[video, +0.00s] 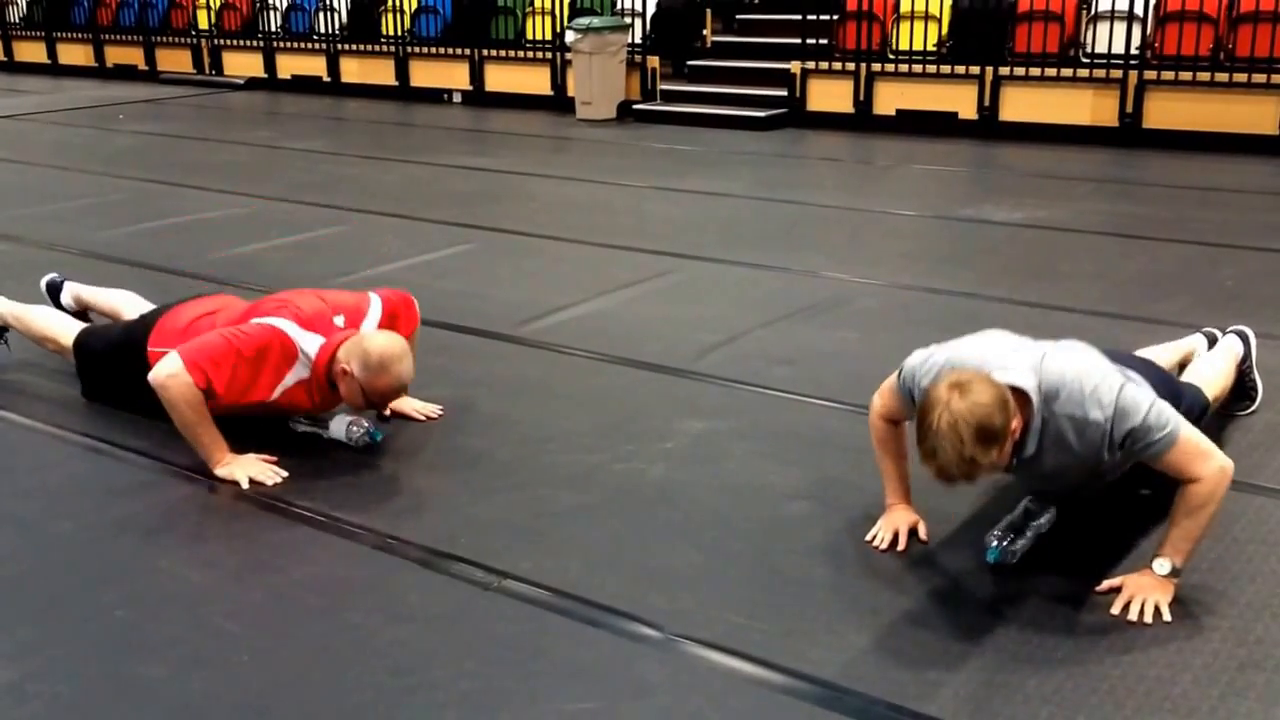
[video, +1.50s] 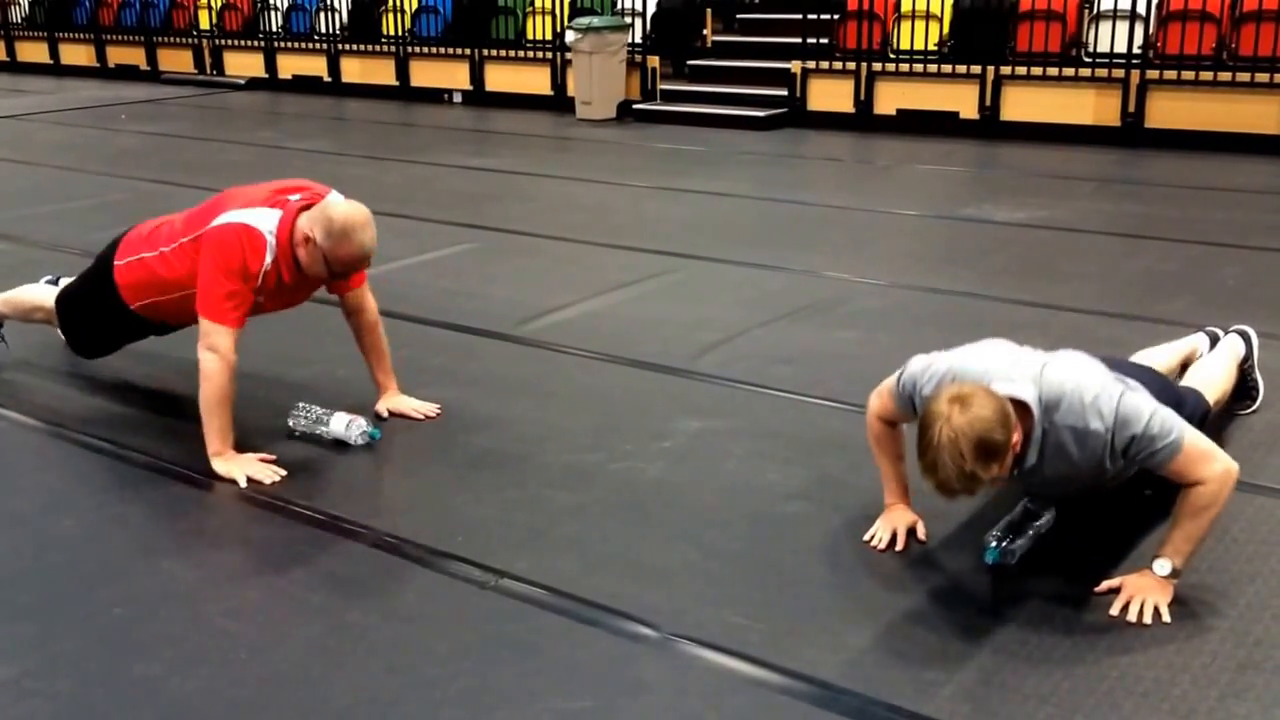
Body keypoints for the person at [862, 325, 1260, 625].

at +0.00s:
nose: (985, 479)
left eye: (990, 469)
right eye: (969, 474)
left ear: (1014, 427)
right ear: (939, 427)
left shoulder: (1103, 403)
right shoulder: (933, 371)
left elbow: (1212, 471)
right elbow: (884, 411)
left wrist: (1162, 571)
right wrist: (897, 503)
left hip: (1136, 396)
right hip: (1086, 371)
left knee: (1195, 395)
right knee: (1136, 366)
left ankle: (1233, 346)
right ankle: (1200, 341)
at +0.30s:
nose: (984, 397)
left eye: (995, 385)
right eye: (970, 387)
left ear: (1028, 344)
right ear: (950, 356)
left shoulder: (1115, 343)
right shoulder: (937, 323)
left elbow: (1179, 457)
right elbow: (904, 408)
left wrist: (1162, 570)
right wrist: (899, 503)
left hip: (1148, 373)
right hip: (1066, 399)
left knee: (1199, 378)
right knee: (1117, 425)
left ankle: (1238, 348)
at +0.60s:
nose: (970, 524)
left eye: (977, 517)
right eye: (957, 518)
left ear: (1010, 476)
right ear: (936, 464)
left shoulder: (1096, 432)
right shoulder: (948, 395)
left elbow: (1222, 475)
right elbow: (883, 407)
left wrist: (1165, 571)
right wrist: (898, 502)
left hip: (1134, 412)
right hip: (1065, 388)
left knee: (1194, 405)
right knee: (1131, 385)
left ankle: (1235, 346)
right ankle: (1198, 342)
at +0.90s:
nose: (993, 418)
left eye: (1000, 406)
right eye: (978, 412)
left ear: (1028, 365)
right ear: (952, 364)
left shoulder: (1118, 351)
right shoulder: (938, 329)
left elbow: (1189, 459)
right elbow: (901, 407)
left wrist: (1163, 570)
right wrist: (898, 502)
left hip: (1146, 373)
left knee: (1200, 383)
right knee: (1170, 368)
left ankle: (1239, 349)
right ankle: (1210, 344)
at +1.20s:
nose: (987, 450)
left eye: (993, 441)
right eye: (974, 444)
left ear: (1022, 403)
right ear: (946, 403)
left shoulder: (1107, 389)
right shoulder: (936, 360)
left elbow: (1213, 467)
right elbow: (887, 408)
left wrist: (1163, 570)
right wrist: (897, 503)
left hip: (1141, 388)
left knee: (1200, 390)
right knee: (1148, 364)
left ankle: (1236, 346)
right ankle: (1202, 340)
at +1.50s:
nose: (988, 488)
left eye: (991, 478)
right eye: (969, 485)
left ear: (1013, 438)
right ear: (935, 431)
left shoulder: (1105, 413)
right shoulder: (939, 376)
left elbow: (1217, 473)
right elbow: (880, 409)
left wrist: (1162, 572)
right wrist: (896, 502)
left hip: (1142, 405)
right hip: (1088, 379)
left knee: (1194, 398)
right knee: (1135, 373)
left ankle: (1235, 346)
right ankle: (1199, 340)